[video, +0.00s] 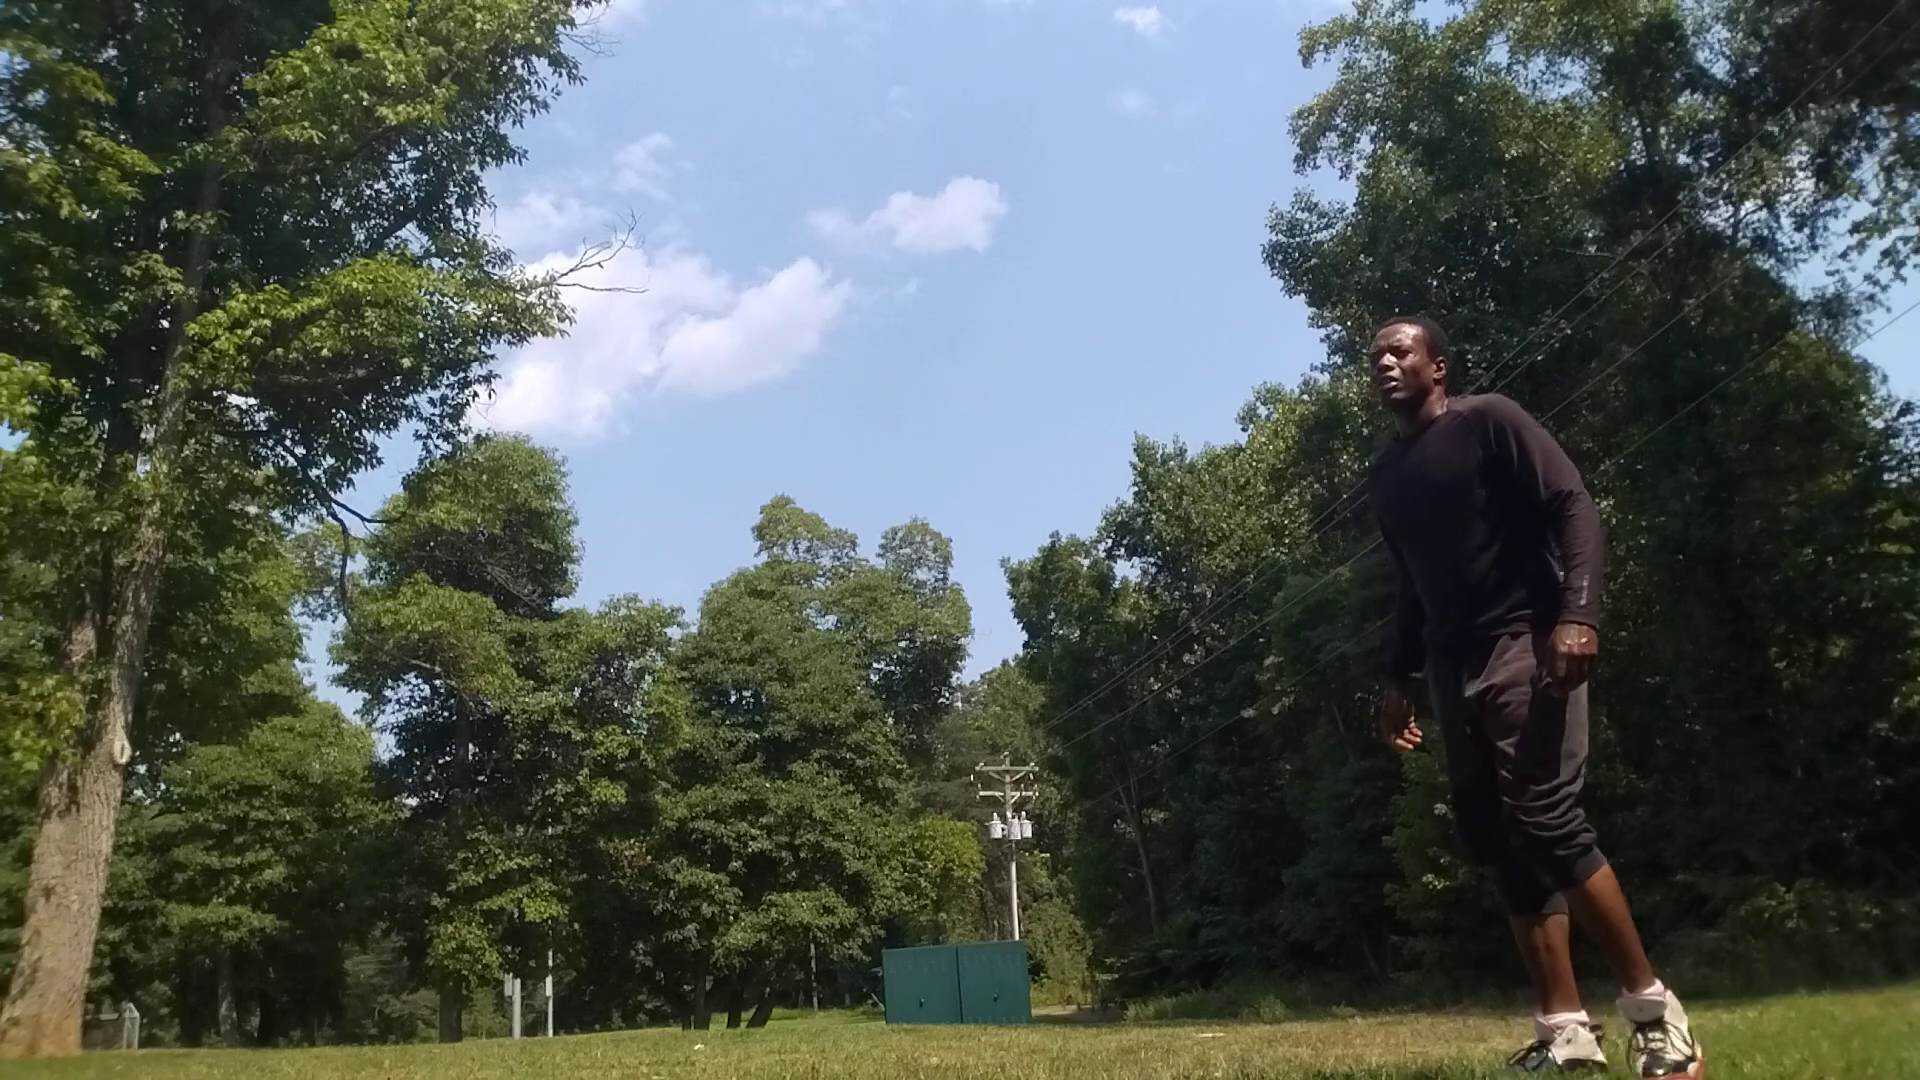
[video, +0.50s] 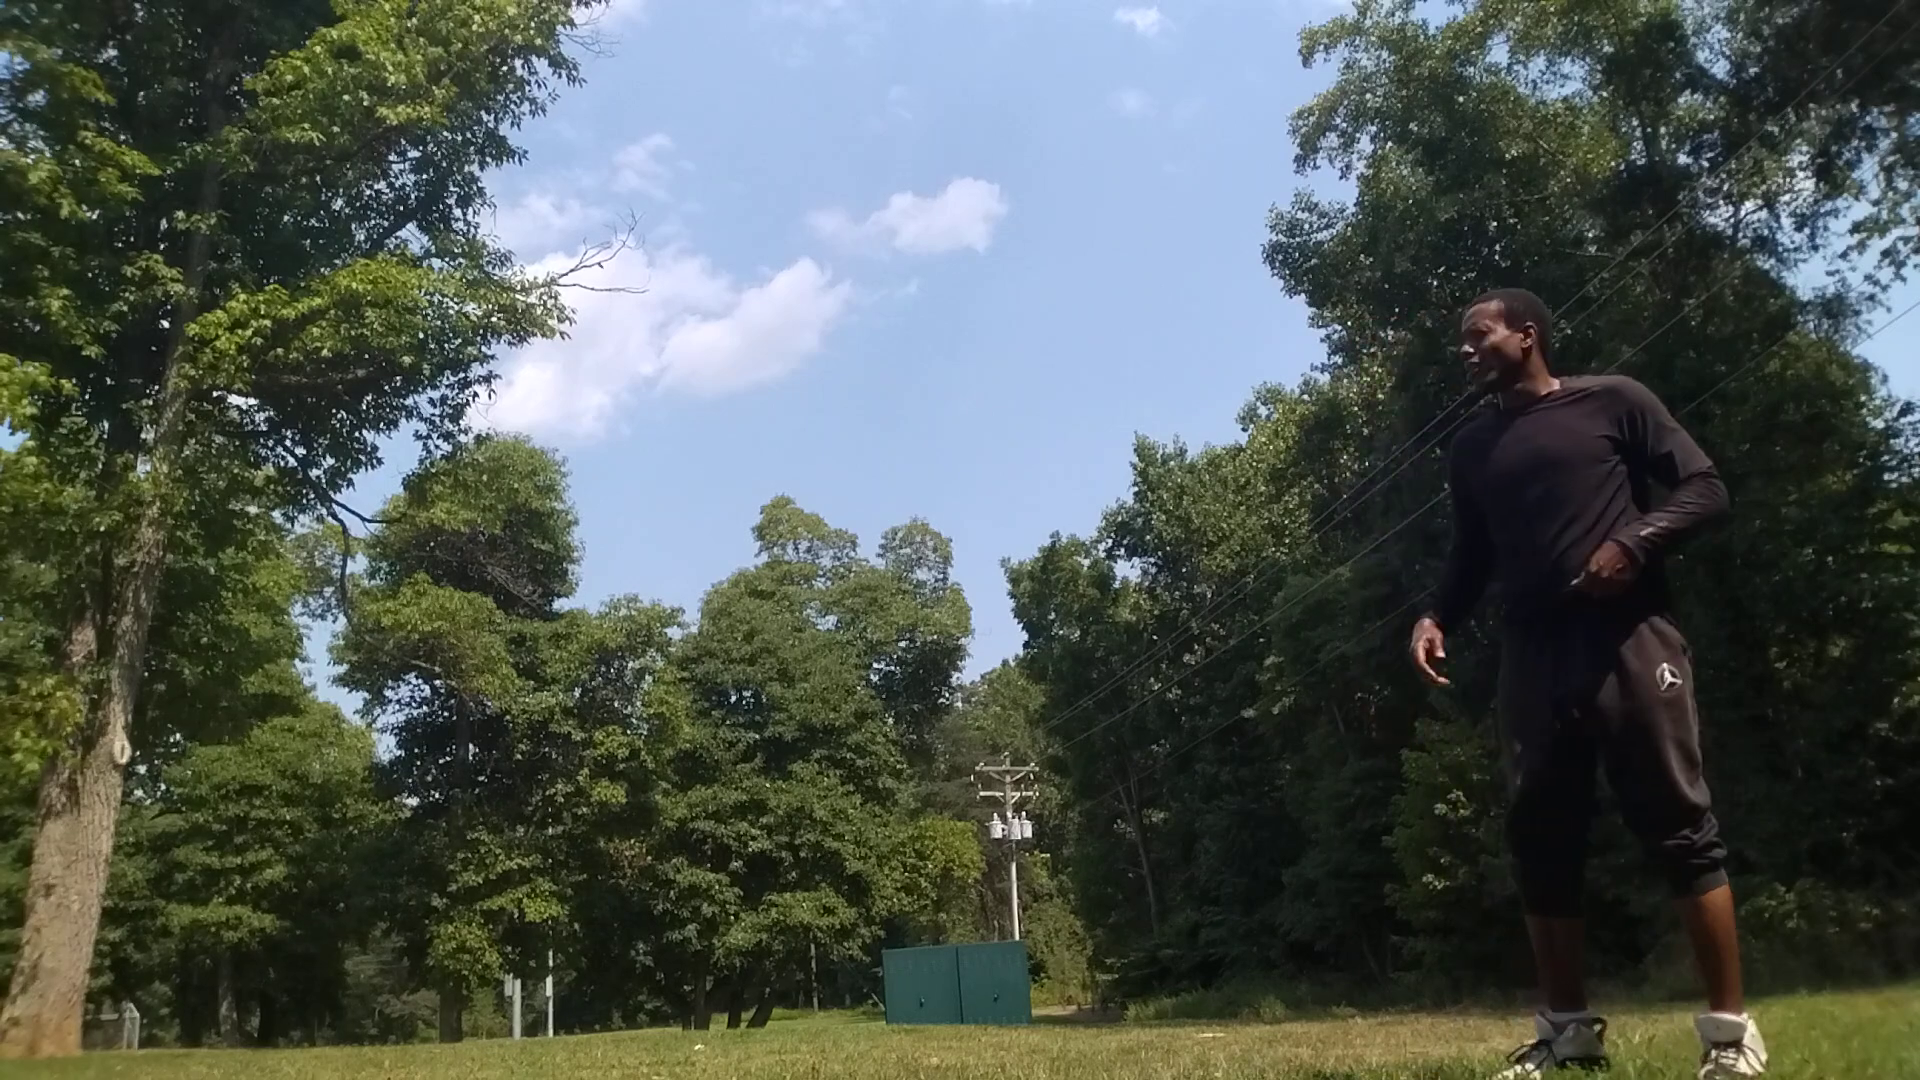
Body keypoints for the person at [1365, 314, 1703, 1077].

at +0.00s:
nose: (1383, 364)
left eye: (1398, 352)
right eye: (1376, 356)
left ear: (1437, 366)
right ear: (1373, 376)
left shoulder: (1491, 418)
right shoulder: (1385, 474)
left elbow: (1574, 506)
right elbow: (1412, 583)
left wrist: (1579, 613)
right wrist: (1398, 677)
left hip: (1529, 643)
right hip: (1457, 665)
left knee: (1547, 816)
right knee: (1499, 834)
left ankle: (1650, 1005)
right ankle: (1565, 1032)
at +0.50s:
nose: (1465, 350)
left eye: (1476, 335)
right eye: (1462, 340)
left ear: (1526, 333)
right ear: (1488, 349)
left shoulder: (1615, 399)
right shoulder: (1471, 444)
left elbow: (1704, 490)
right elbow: (1472, 550)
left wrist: (1632, 541)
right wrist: (1436, 614)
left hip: (1631, 645)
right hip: (1534, 659)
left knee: (1684, 833)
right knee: (1539, 835)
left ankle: (1729, 1036)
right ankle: (1566, 1029)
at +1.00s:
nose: (1511, 341)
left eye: (1522, 326)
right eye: (1511, 330)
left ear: (1567, 326)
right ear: (1555, 330)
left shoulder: (1633, 379)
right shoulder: (1542, 426)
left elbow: (1726, 450)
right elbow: (1567, 537)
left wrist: (1604, 492)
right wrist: (1510, 555)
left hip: (1654, 630)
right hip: (1572, 639)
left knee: (1691, 822)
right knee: (1566, 825)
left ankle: (1733, 1034)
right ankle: (1582, 1028)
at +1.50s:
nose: (1493, 349)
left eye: (1502, 333)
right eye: (1493, 336)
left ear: (1545, 334)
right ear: (1537, 337)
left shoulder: (1617, 385)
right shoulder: (1528, 435)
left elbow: (1691, 463)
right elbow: (1520, 542)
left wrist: (1561, 450)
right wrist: (1453, 525)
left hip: (1626, 624)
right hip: (1545, 638)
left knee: (1672, 821)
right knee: (1541, 825)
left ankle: (1730, 1035)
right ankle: (1579, 1030)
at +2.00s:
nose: (1429, 371)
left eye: (1437, 358)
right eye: (1429, 361)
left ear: (1479, 358)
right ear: (1467, 362)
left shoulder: (1539, 403)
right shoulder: (1456, 448)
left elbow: (1554, 464)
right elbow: (1476, 548)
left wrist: (1441, 453)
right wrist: (1426, 565)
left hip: (1550, 637)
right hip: (1479, 652)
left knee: (1628, 835)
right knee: (1512, 844)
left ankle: (1723, 1031)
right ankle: (1574, 1032)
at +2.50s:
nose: (1379, 390)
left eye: (1388, 377)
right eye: (1378, 379)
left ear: (1427, 374)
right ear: (1414, 377)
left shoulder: (1489, 409)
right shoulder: (1412, 462)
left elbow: (1437, 419)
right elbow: (1426, 578)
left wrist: (1360, 424)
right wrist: (1357, 589)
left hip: (1512, 631)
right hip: (1447, 653)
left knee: (1570, 824)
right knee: (1501, 841)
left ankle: (1672, 1016)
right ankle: (1575, 1028)